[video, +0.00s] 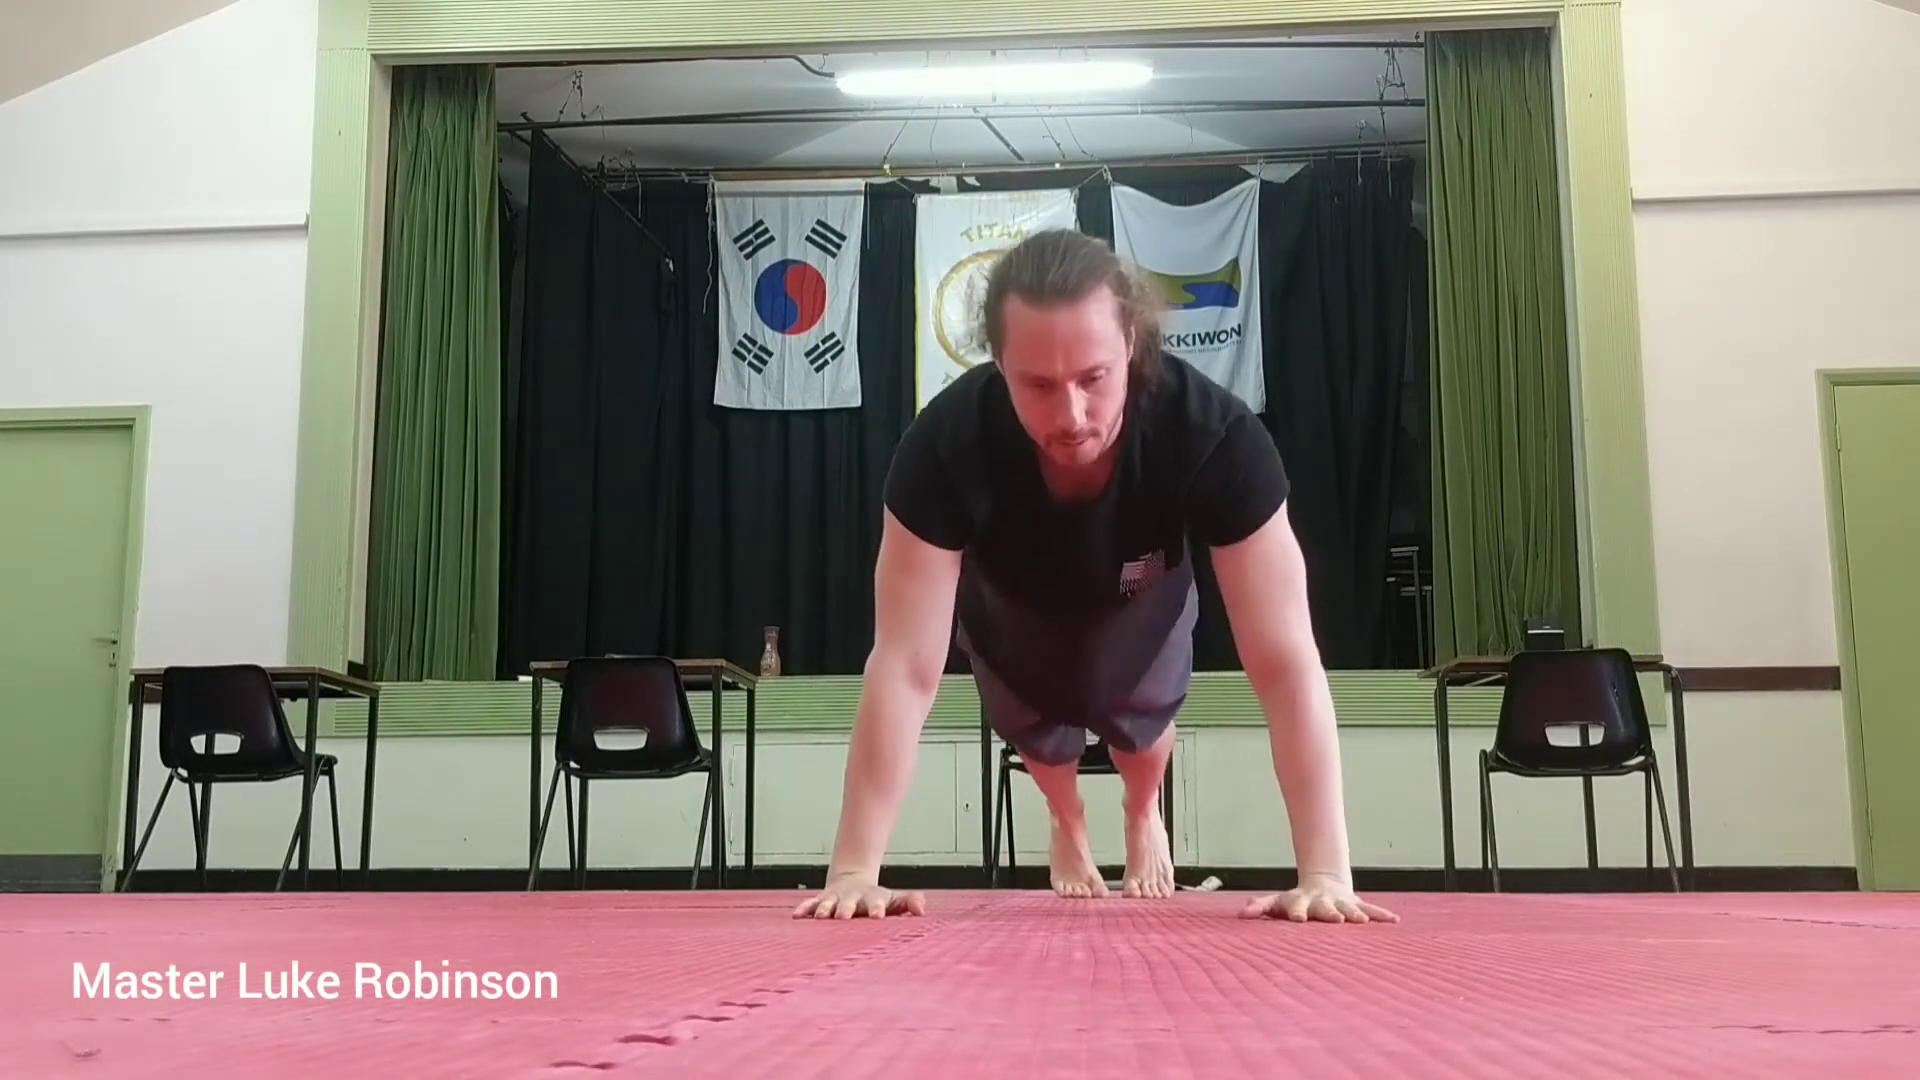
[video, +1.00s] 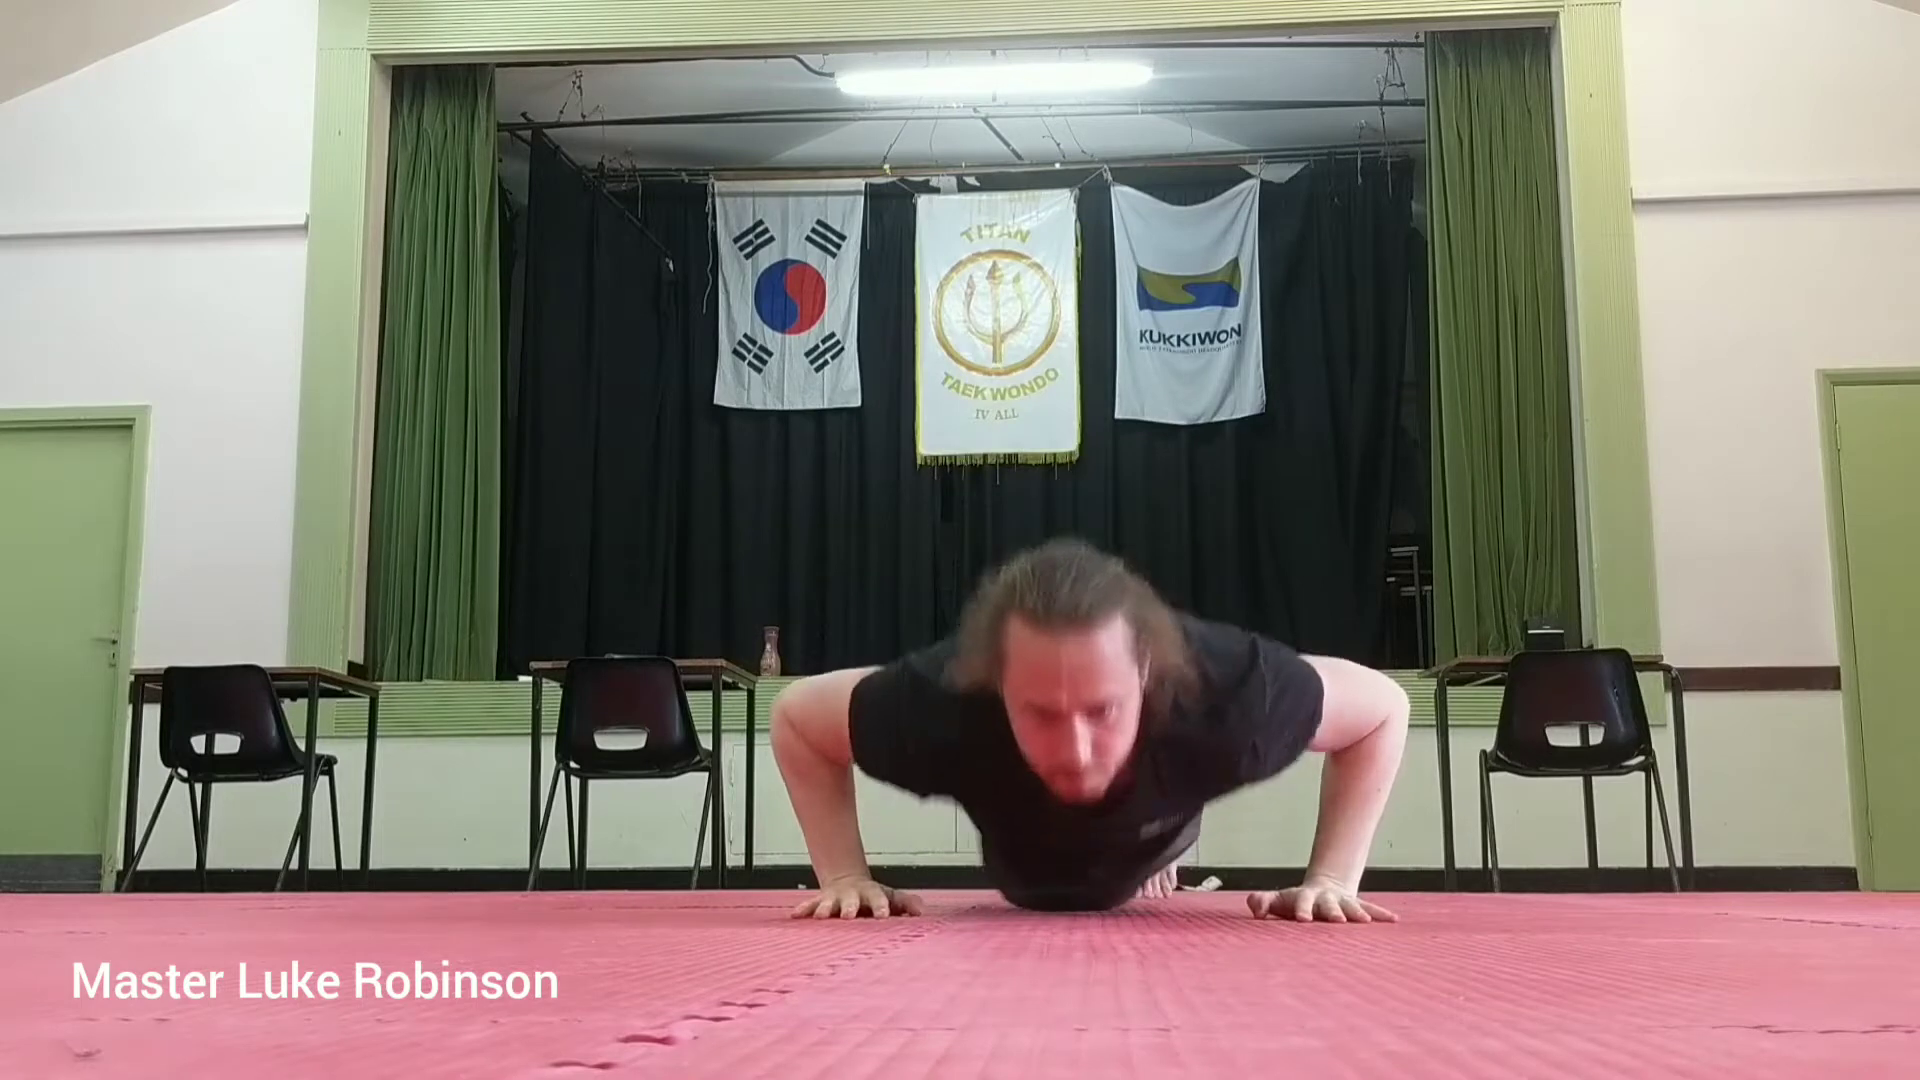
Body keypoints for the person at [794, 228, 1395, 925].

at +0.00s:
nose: (1073, 415)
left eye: (1093, 379)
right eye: (1039, 387)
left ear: (1131, 348)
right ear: (1000, 365)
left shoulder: (1215, 442)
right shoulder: (946, 450)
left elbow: (1285, 664)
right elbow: (904, 664)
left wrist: (1325, 873)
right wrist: (854, 866)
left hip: (1145, 620)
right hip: (1016, 632)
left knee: (1142, 732)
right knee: (1045, 746)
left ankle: (1142, 825)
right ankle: (1067, 831)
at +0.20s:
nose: (1077, 413)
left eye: (1100, 379)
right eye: (1044, 386)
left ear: (1138, 343)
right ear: (1006, 360)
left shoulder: (1221, 442)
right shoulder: (953, 447)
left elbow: (1281, 663)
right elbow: (914, 664)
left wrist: (1326, 872)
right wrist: (857, 864)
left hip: (1156, 640)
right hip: (1026, 648)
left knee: (1149, 745)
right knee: (1062, 754)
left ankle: (1143, 819)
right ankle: (1089, 820)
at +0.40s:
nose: (1078, 469)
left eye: (1102, 435)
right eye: (1050, 441)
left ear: (1145, 403)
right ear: (1008, 416)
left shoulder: (1226, 481)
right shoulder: (955, 492)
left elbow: (1325, 688)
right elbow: (868, 688)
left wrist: (1331, 875)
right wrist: (850, 876)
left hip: (1165, 669)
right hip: (1032, 678)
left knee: (1152, 760)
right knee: (1066, 767)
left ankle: (1144, 813)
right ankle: (1087, 817)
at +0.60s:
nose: (1076, 702)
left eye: (1101, 669)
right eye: (1048, 674)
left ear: (1149, 629)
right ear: (1003, 642)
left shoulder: (1236, 643)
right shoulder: (948, 664)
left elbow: (1375, 715)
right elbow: (808, 723)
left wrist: (1336, 875)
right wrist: (844, 875)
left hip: (1165, 789)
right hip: (1031, 802)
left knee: (1153, 820)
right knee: (1060, 836)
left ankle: (1150, 850)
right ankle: (1079, 858)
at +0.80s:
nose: (1070, 810)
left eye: (1095, 776)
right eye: (1038, 780)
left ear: (1144, 737)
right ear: (995, 745)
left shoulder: (1227, 730)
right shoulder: (937, 748)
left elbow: (1380, 702)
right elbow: (798, 713)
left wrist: (1334, 876)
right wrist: (840, 873)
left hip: (1153, 860)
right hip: (1005, 867)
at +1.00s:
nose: (1077, 750)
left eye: (1102, 714)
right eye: (1044, 716)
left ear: (1147, 680)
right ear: (999, 686)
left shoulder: (1229, 697)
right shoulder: (946, 705)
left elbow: (1380, 711)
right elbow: (800, 719)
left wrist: (1333, 875)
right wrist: (843, 872)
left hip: (1152, 844)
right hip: (1024, 858)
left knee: (1152, 872)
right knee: (1049, 887)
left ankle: (1157, 877)